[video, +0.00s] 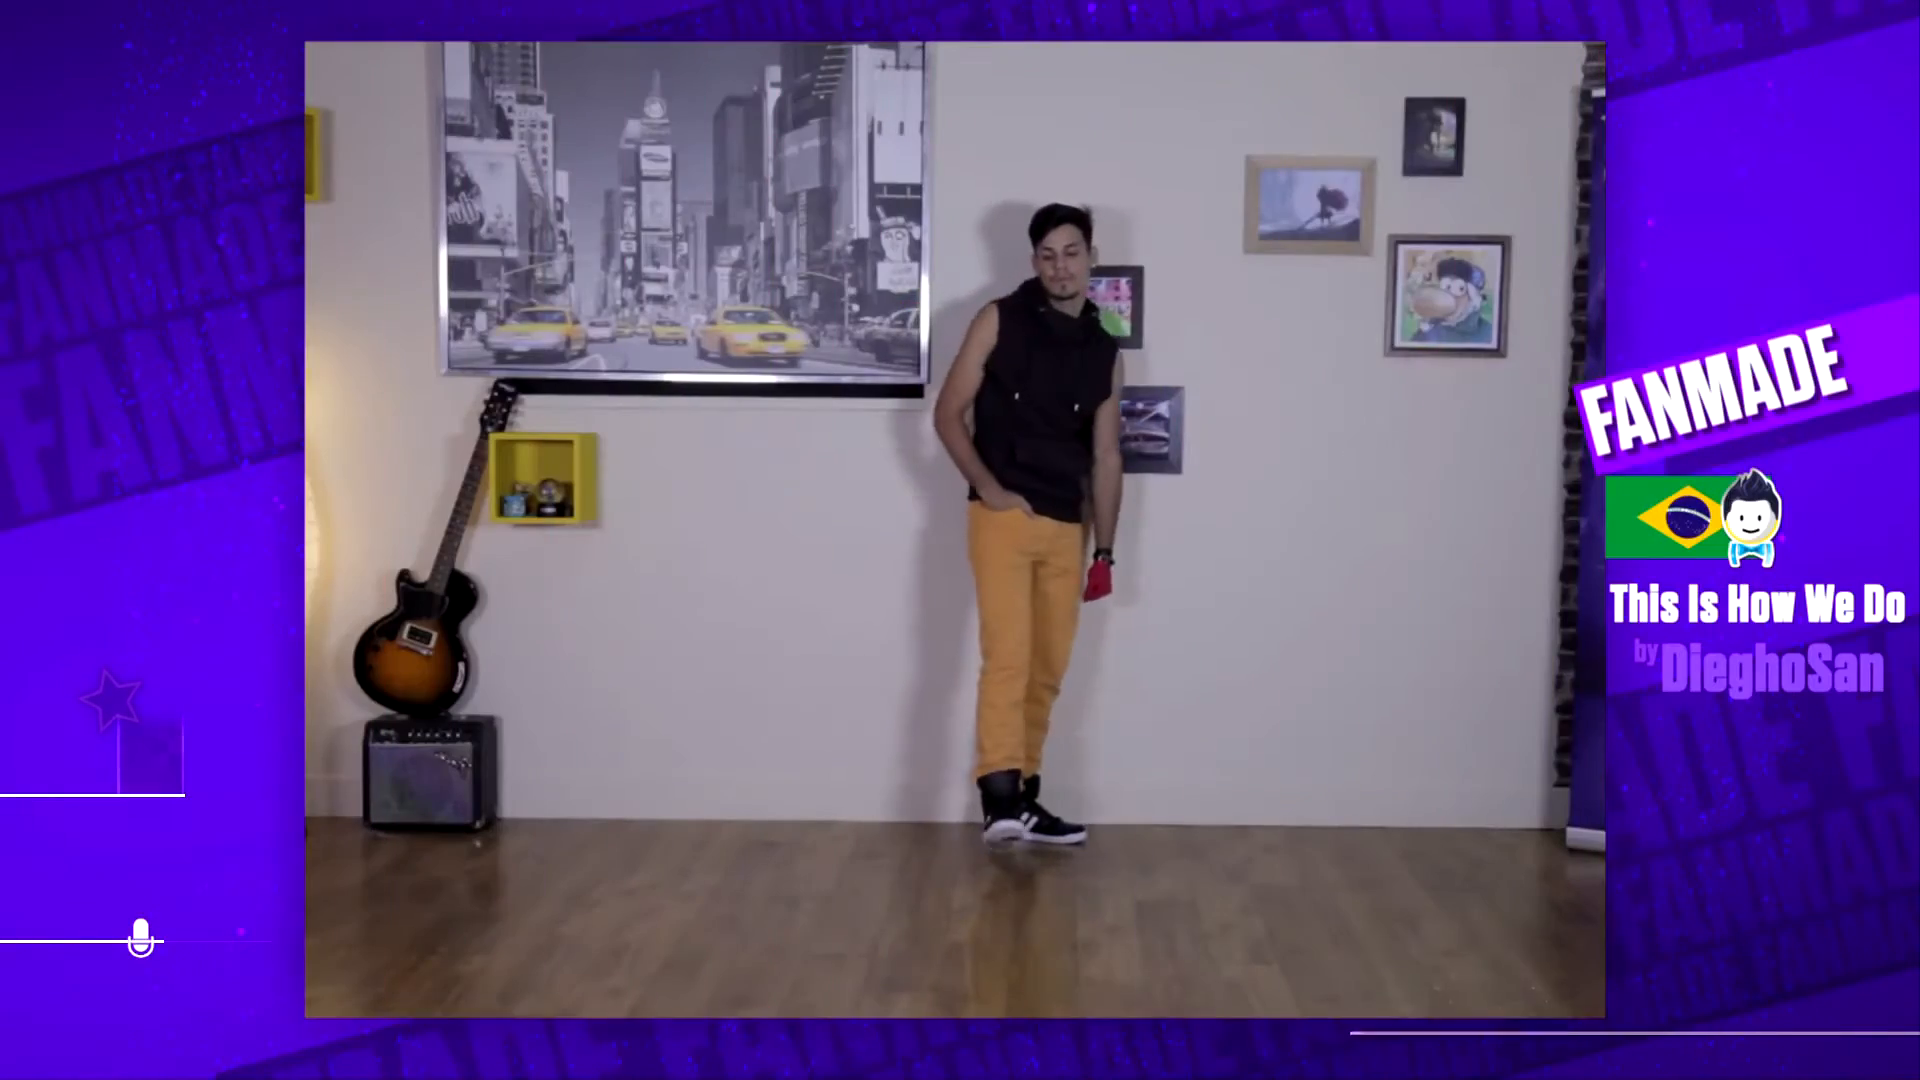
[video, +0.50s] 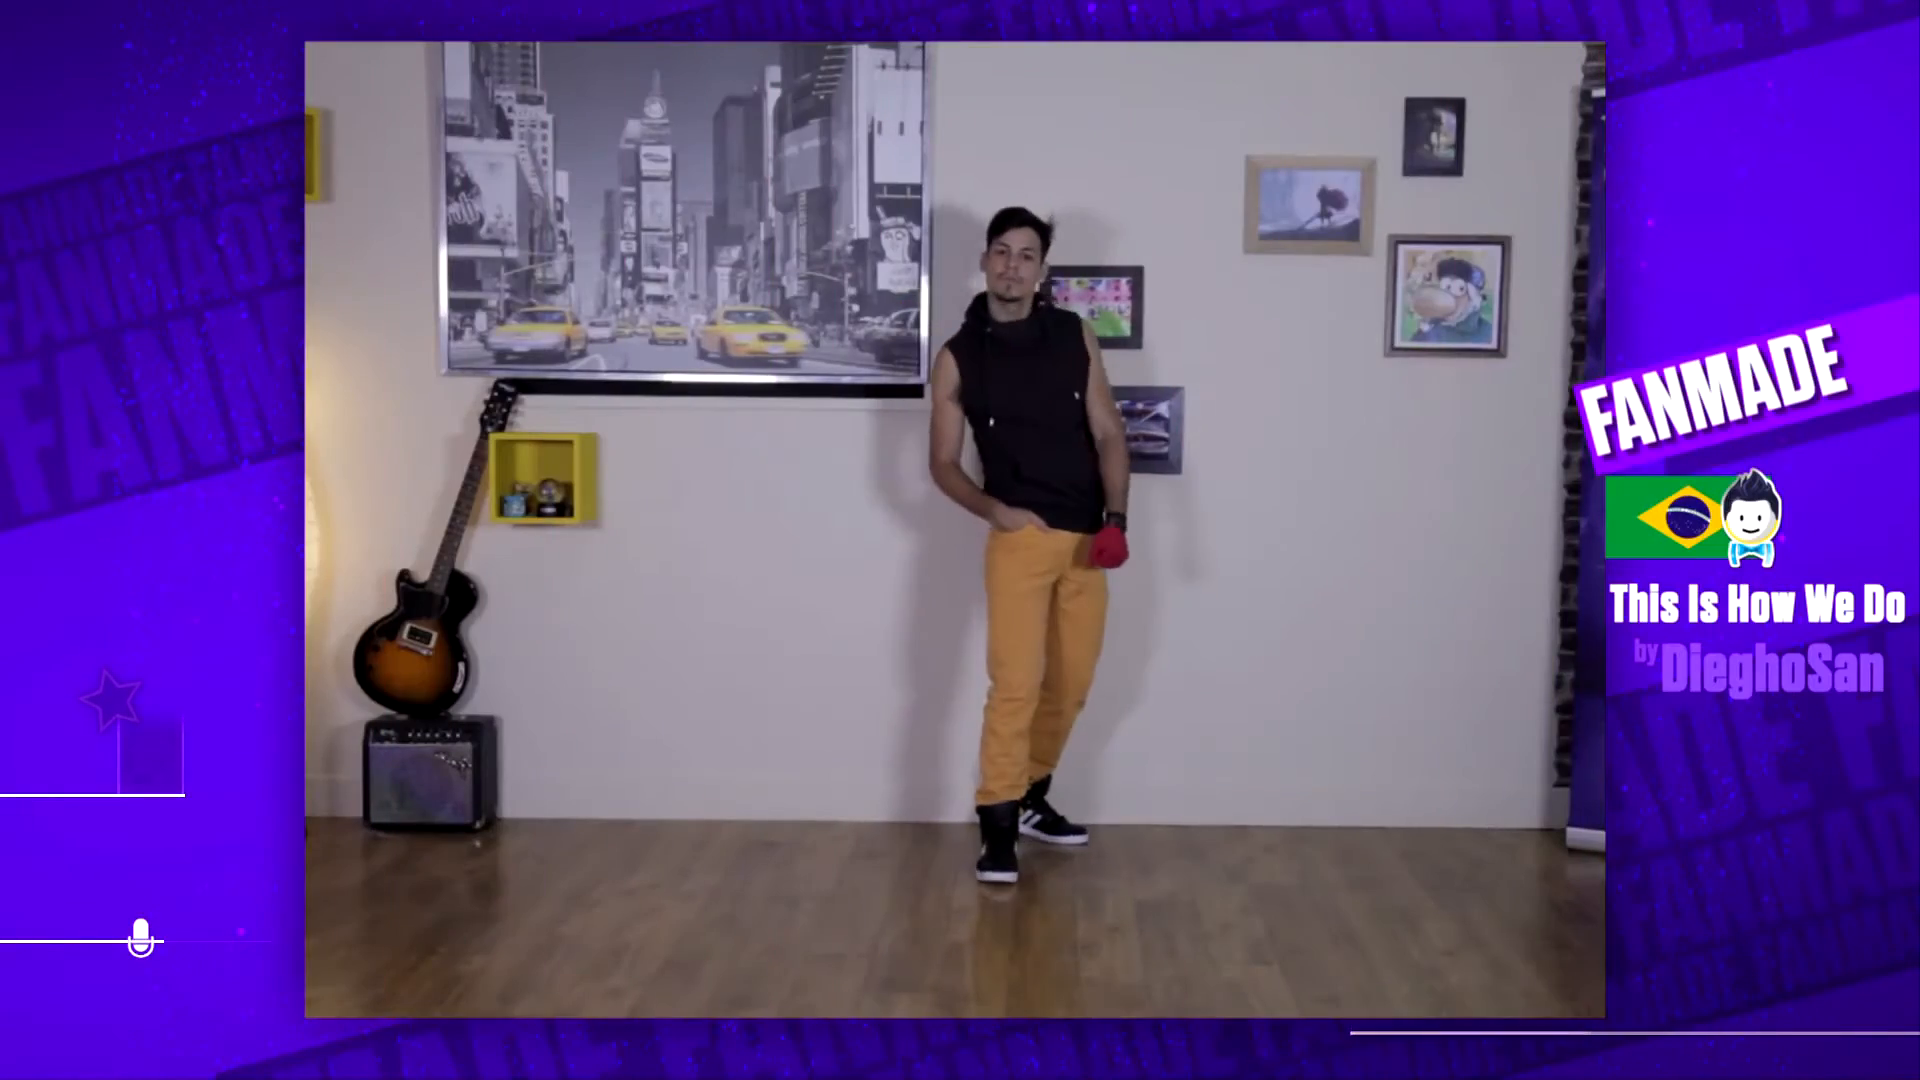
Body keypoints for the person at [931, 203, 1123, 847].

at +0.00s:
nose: (1059, 265)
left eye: (1071, 253)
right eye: (1047, 255)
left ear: (1091, 257)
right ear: (1034, 261)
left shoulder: (1102, 347)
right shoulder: (1000, 320)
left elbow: (1107, 453)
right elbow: (947, 414)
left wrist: (1103, 545)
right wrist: (986, 488)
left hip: (1068, 527)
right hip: (1004, 517)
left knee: (1047, 668)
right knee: (1008, 660)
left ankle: (1023, 800)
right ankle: (999, 804)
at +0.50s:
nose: (1013, 265)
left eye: (1026, 255)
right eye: (1002, 253)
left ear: (1044, 267)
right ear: (984, 263)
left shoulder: (1075, 336)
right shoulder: (958, 357)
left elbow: (1110, 432)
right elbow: (943, 465)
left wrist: (1115, 516)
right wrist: (995, 512)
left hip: (1088, 536)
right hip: (1021, 536)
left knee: (1070, 684)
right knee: (1015, 685)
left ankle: (1028, 800)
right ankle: (998, 832)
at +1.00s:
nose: (1018, 272)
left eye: (1032, 261)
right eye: (1007, 258)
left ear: (1048, 265)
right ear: (988, 255)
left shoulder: (1050, 335)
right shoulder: (956, 338)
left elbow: (1077, 433)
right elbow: (919, 451)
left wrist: (1099, 514)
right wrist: (994, 516)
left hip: (1070, 533)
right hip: (1008, 537)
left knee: (1079, 671)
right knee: (1013, 682)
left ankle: (1036, 789)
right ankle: (997, 825)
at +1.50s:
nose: (1057, 281)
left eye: (1071, 268)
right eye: (1045, 268)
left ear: (1089, 273)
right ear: (1027, 269)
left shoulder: (1084, 356)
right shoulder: (983, 325)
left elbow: (1069, 445)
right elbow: (920, 427)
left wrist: (1060, 511)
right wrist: (954, 527)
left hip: (1056, 543)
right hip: (985, 545)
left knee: (1079, 692)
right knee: (995, 699)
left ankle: (1099, 847)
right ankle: (998, 839)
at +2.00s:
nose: (1049, 254)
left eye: (1062, 242)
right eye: (1037, 243)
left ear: (1086, 251)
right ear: (1022, 255)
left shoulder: (1113, 349)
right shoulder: (996, 332)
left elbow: (1157, 465)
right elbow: (965, 430)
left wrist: (1179, 567)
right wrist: (963, 514)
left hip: (1081, 550)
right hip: (1000, 546)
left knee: (1083, 710)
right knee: (1000, 706)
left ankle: (1097, 871)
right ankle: (1006, 829)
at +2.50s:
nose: (1037, 263)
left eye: (1053, 250)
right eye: (1026, 249)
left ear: (1079, 256)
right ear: (1011, 254)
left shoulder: (1118, 320)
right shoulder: (1018, 348)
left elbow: (1119, 437)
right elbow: (1019, 448)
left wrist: (1061, 534)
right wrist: (1014, 517)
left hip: (1128, 546)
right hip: (1055, 544)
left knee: (1109, 710)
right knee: (1036, 701)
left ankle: (1100, 865)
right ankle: (1045, 817)